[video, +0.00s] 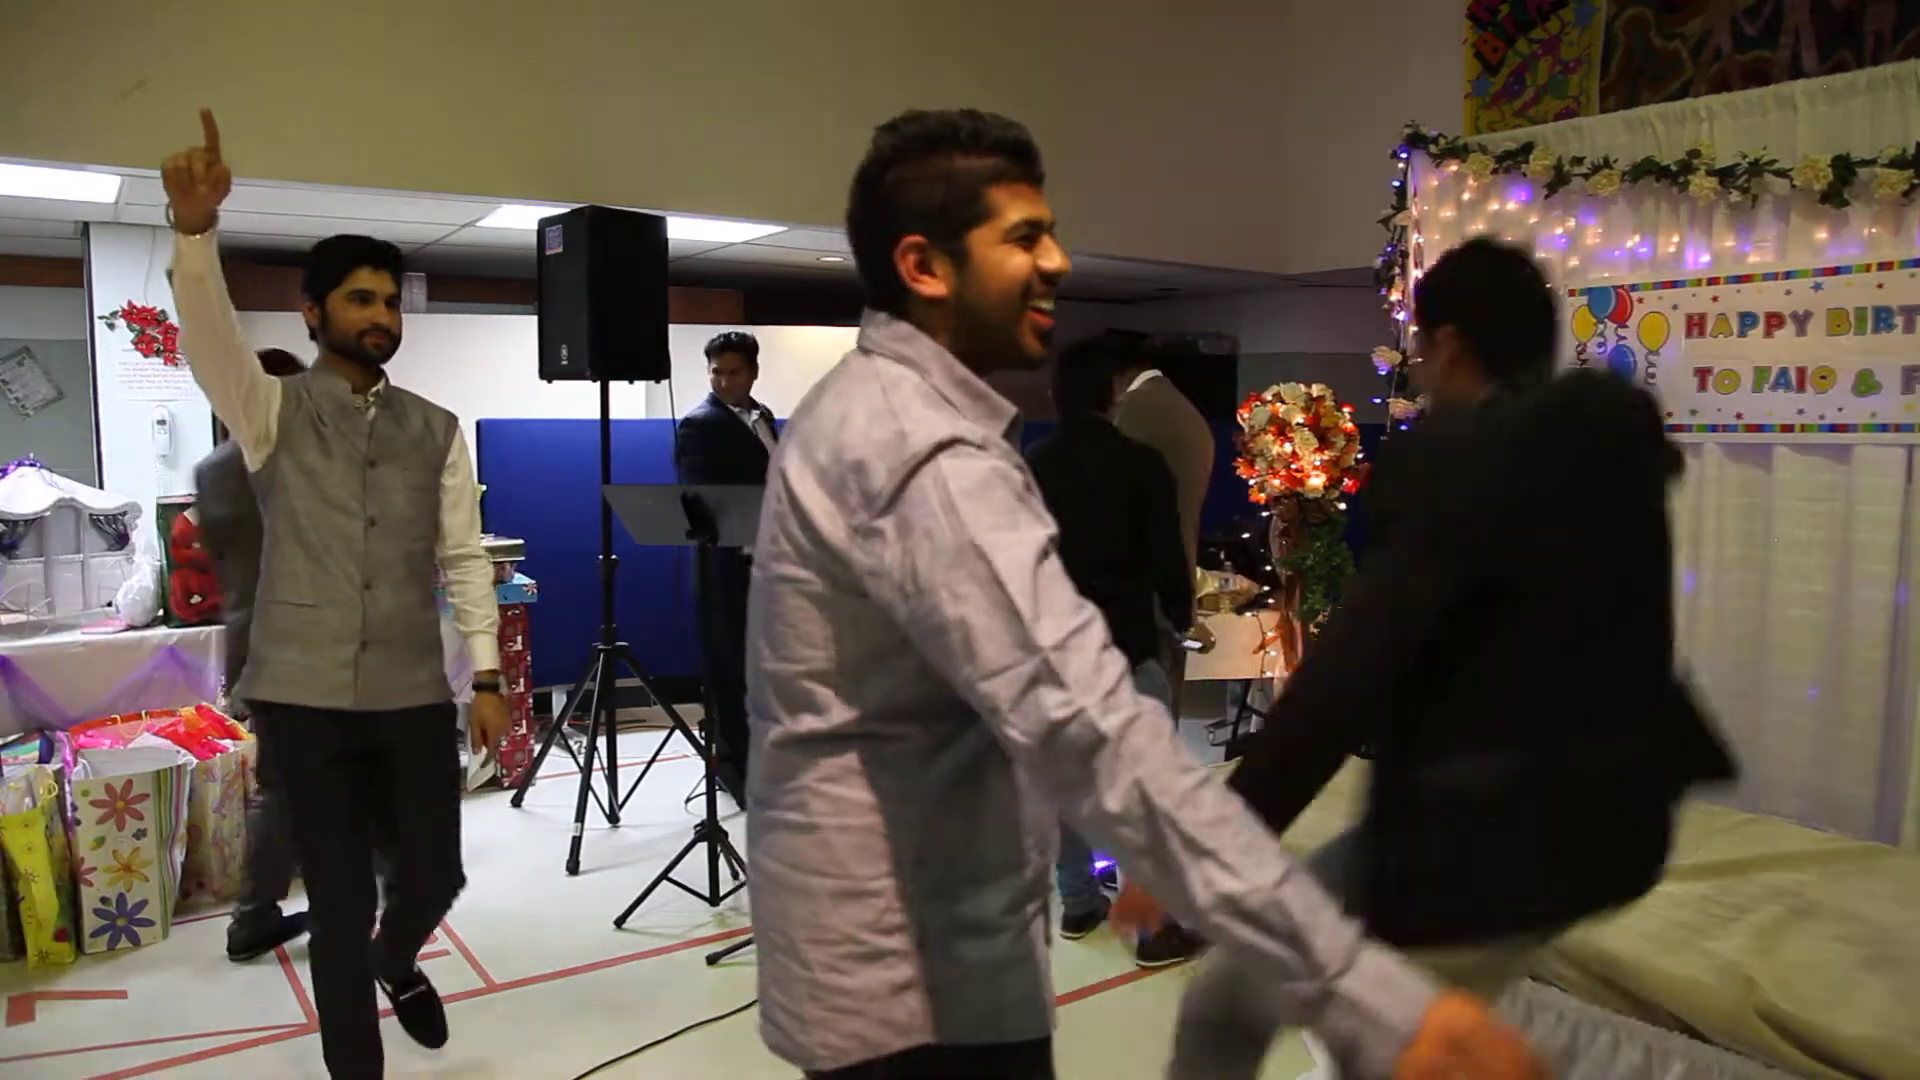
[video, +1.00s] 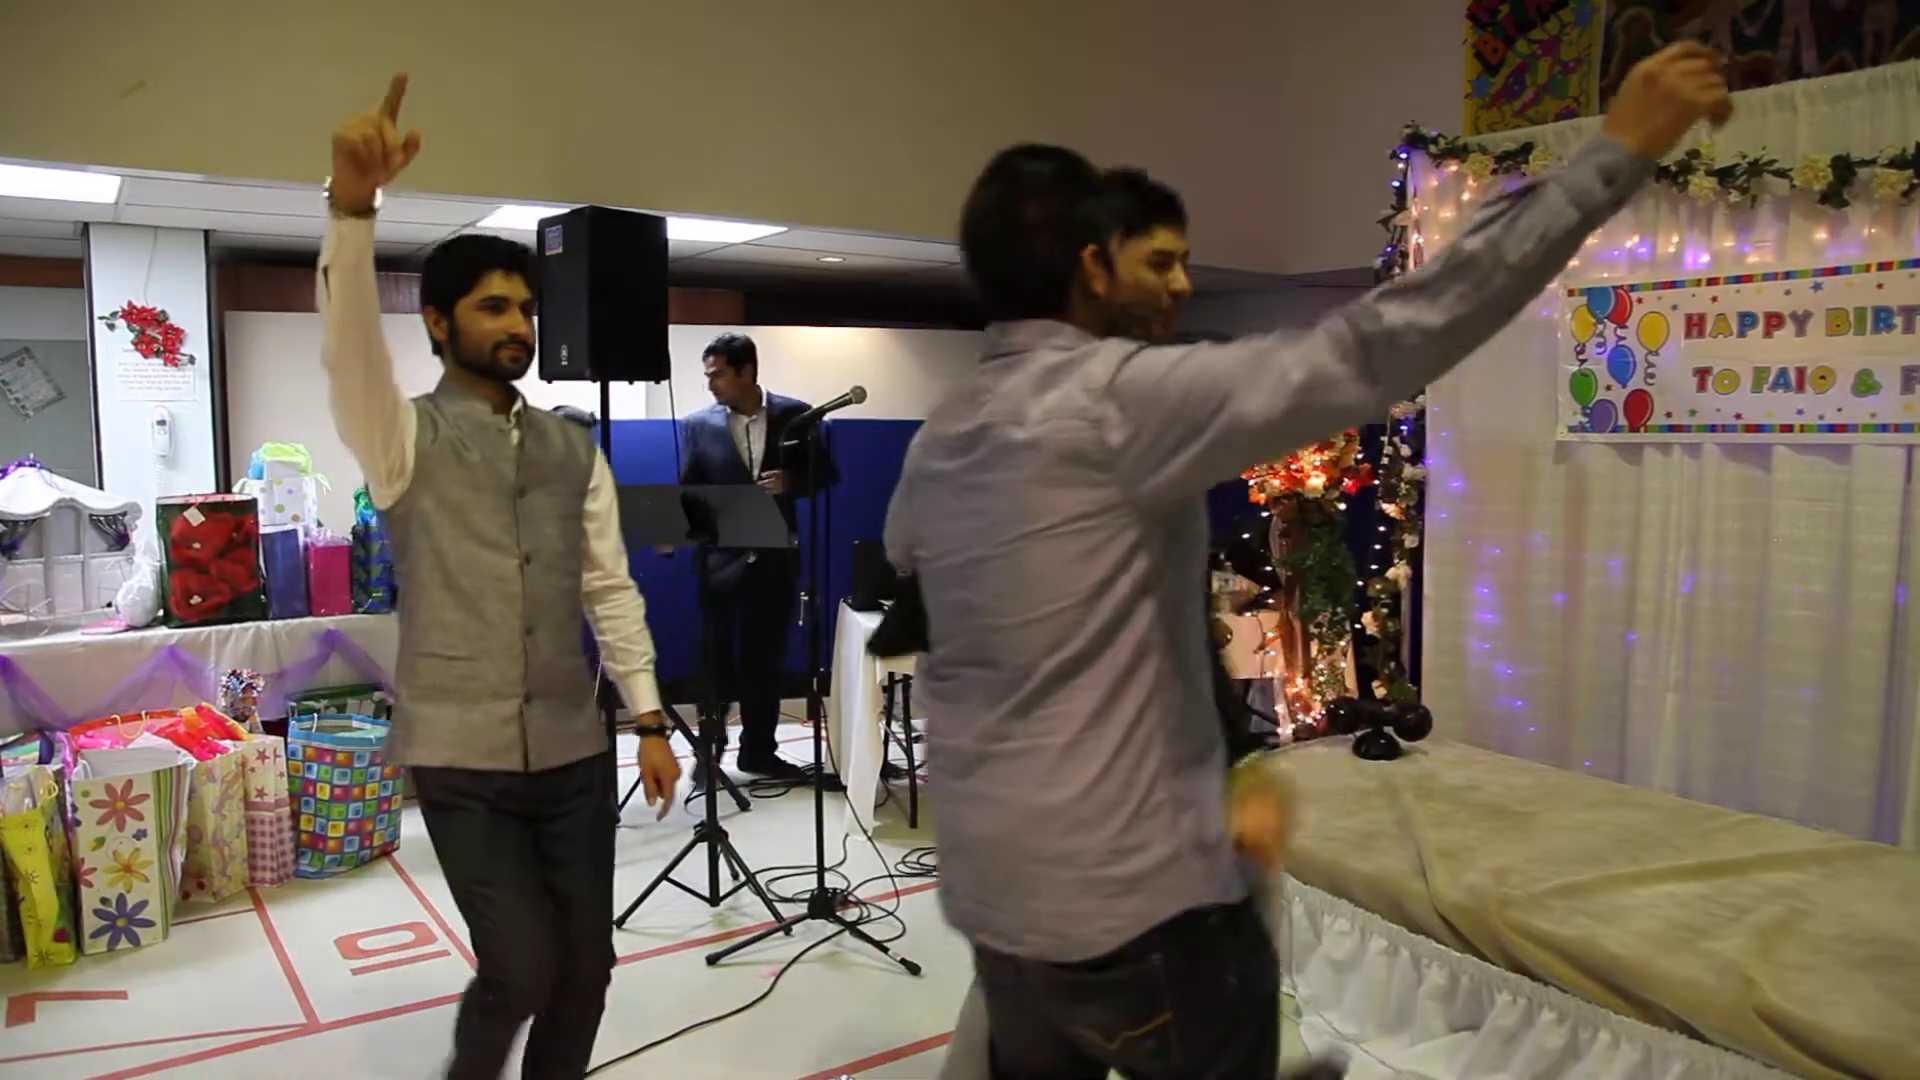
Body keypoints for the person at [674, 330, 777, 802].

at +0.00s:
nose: (724, 380)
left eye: (733, 372)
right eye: (717, 372)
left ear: (754, 372)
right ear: (709, 373)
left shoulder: (769, 422)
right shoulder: (696, 427)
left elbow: (788, 477)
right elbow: (697, 498)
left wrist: (780, 523)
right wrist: (735, 529)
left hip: (773, 559)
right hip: (724, 565)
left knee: (774, 661)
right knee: (729, 665)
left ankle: (776, 763)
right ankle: (735, 767)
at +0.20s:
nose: (722, 384)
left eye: (731, 375)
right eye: (716, 376)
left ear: (753, 372)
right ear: (710, 375)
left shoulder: (776, 417)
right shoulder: (697, 427)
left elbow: (788, 478)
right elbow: (698, 502)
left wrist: (797, 536)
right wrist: (722, 561)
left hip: (775, 560)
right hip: (727, 566)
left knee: (764, 665)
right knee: (732, 667)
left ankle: (758, 757)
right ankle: (737, 768)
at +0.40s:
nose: (715, 384)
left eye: (723, 375)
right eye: (711, 376)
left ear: (751, 372)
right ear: (710, 377)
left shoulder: (787, 418)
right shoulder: (699, 427)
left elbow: (815, 477)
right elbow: (689, 505)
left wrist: (806, 479)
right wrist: (685, 574)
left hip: (777, 567)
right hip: (723, 569)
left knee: (769, 666)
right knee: (726, 670)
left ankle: (765, 753)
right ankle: (731, 767)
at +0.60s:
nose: (715, 382)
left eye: (723, 373)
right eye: (712, 374)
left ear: (752, 370)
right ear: (718, 376)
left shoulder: (798, 417)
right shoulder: (704, 427)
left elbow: (820, 475)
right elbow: (689, 501)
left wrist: (806, 477)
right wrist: (676, 566)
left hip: (781, 557)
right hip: (724, 562)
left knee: (772, 660)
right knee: (728, 663)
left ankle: (764, 752)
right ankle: (732, 767)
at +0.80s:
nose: (716, 381)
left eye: (724, 373)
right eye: (714, 373)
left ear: (754, 370)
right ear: (723, 376)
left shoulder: (801, 418)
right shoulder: (707, 425)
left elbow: (825, 475)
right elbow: (690, 495)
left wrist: (804, 485)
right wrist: (671, 552)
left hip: (782, 563)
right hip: (727, 564)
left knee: (769, 662)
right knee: (732, 665)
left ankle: (763, 753)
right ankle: (735, 770)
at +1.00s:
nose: (710, 383)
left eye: (717, 374)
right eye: (707, 375)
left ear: (748, 371)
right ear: (712, 378)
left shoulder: (795, 416)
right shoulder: (699, 426)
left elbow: (825, 474)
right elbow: (689, 493)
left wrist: (790, 483)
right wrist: (673, 533)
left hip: (775, 561)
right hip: (720, 562)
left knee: (765, 659)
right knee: (716, 656)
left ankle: (758, 752)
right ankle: (708, 756)